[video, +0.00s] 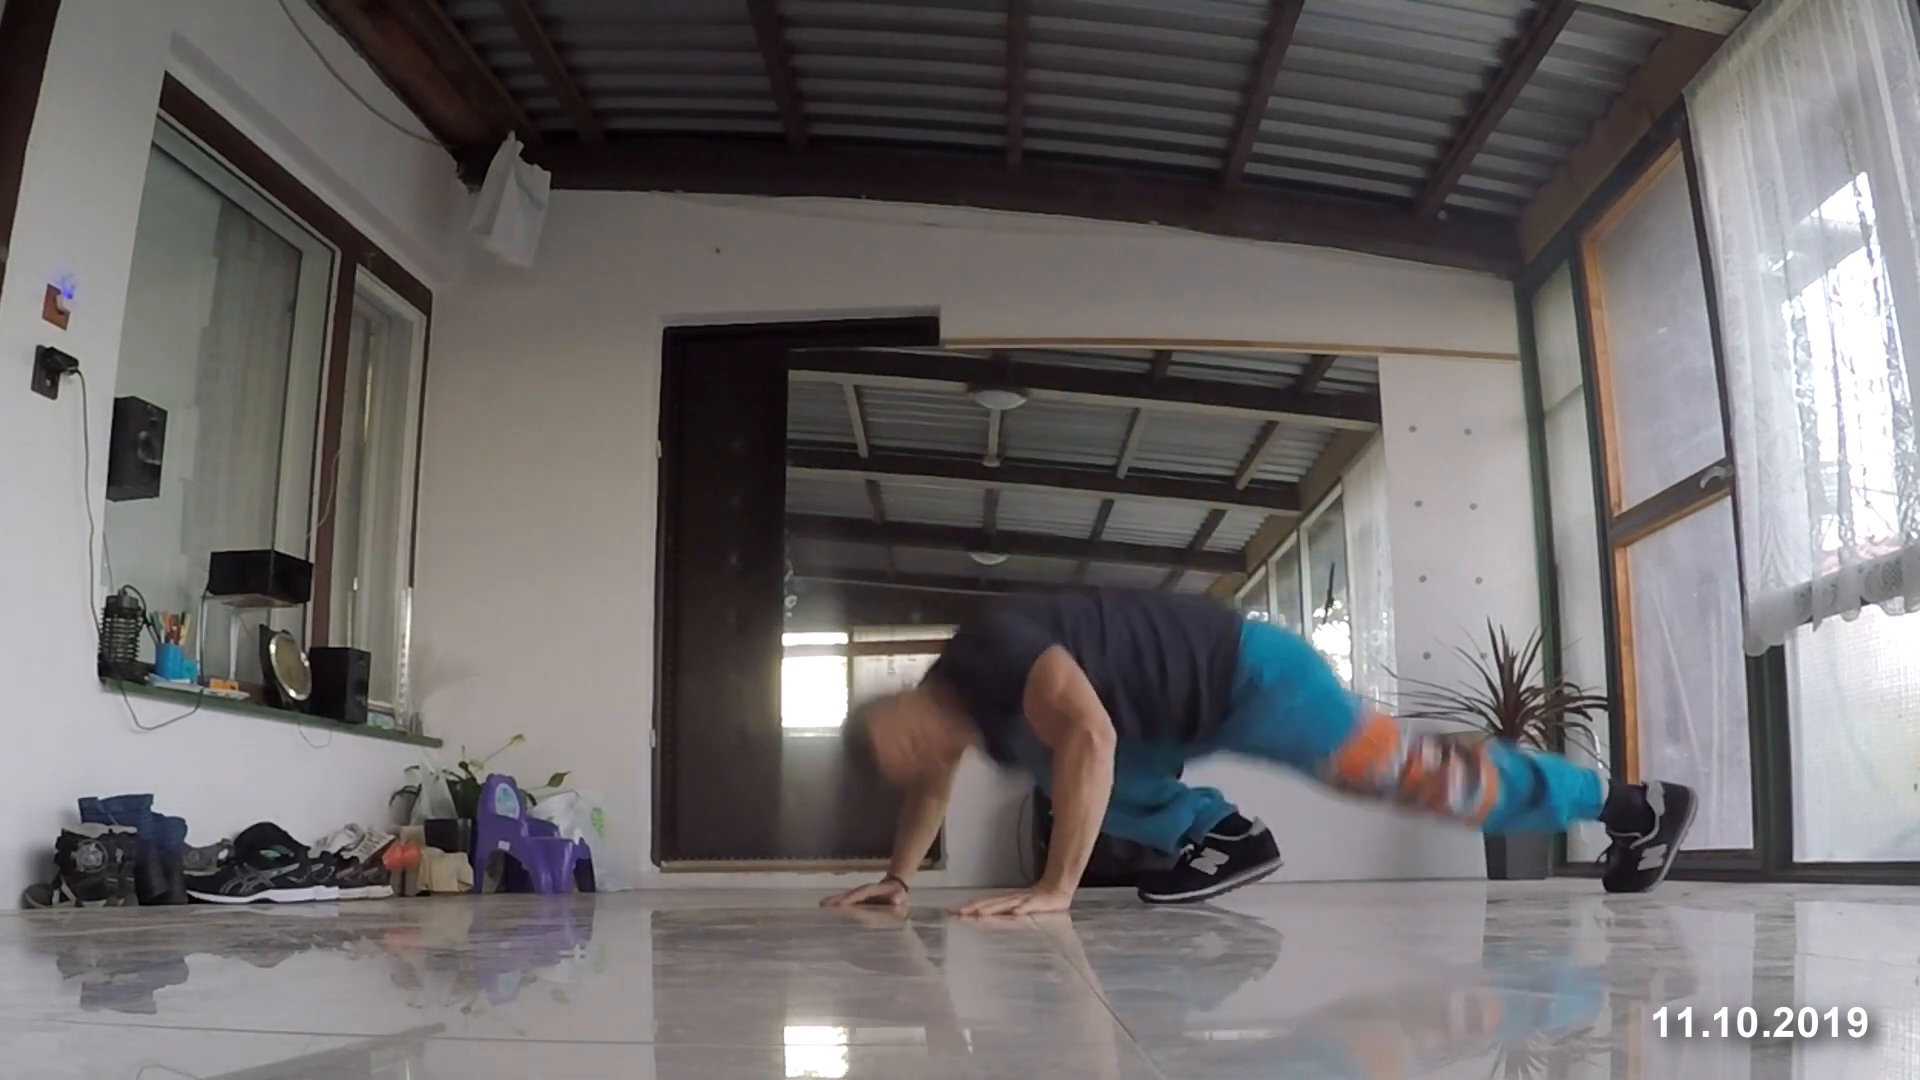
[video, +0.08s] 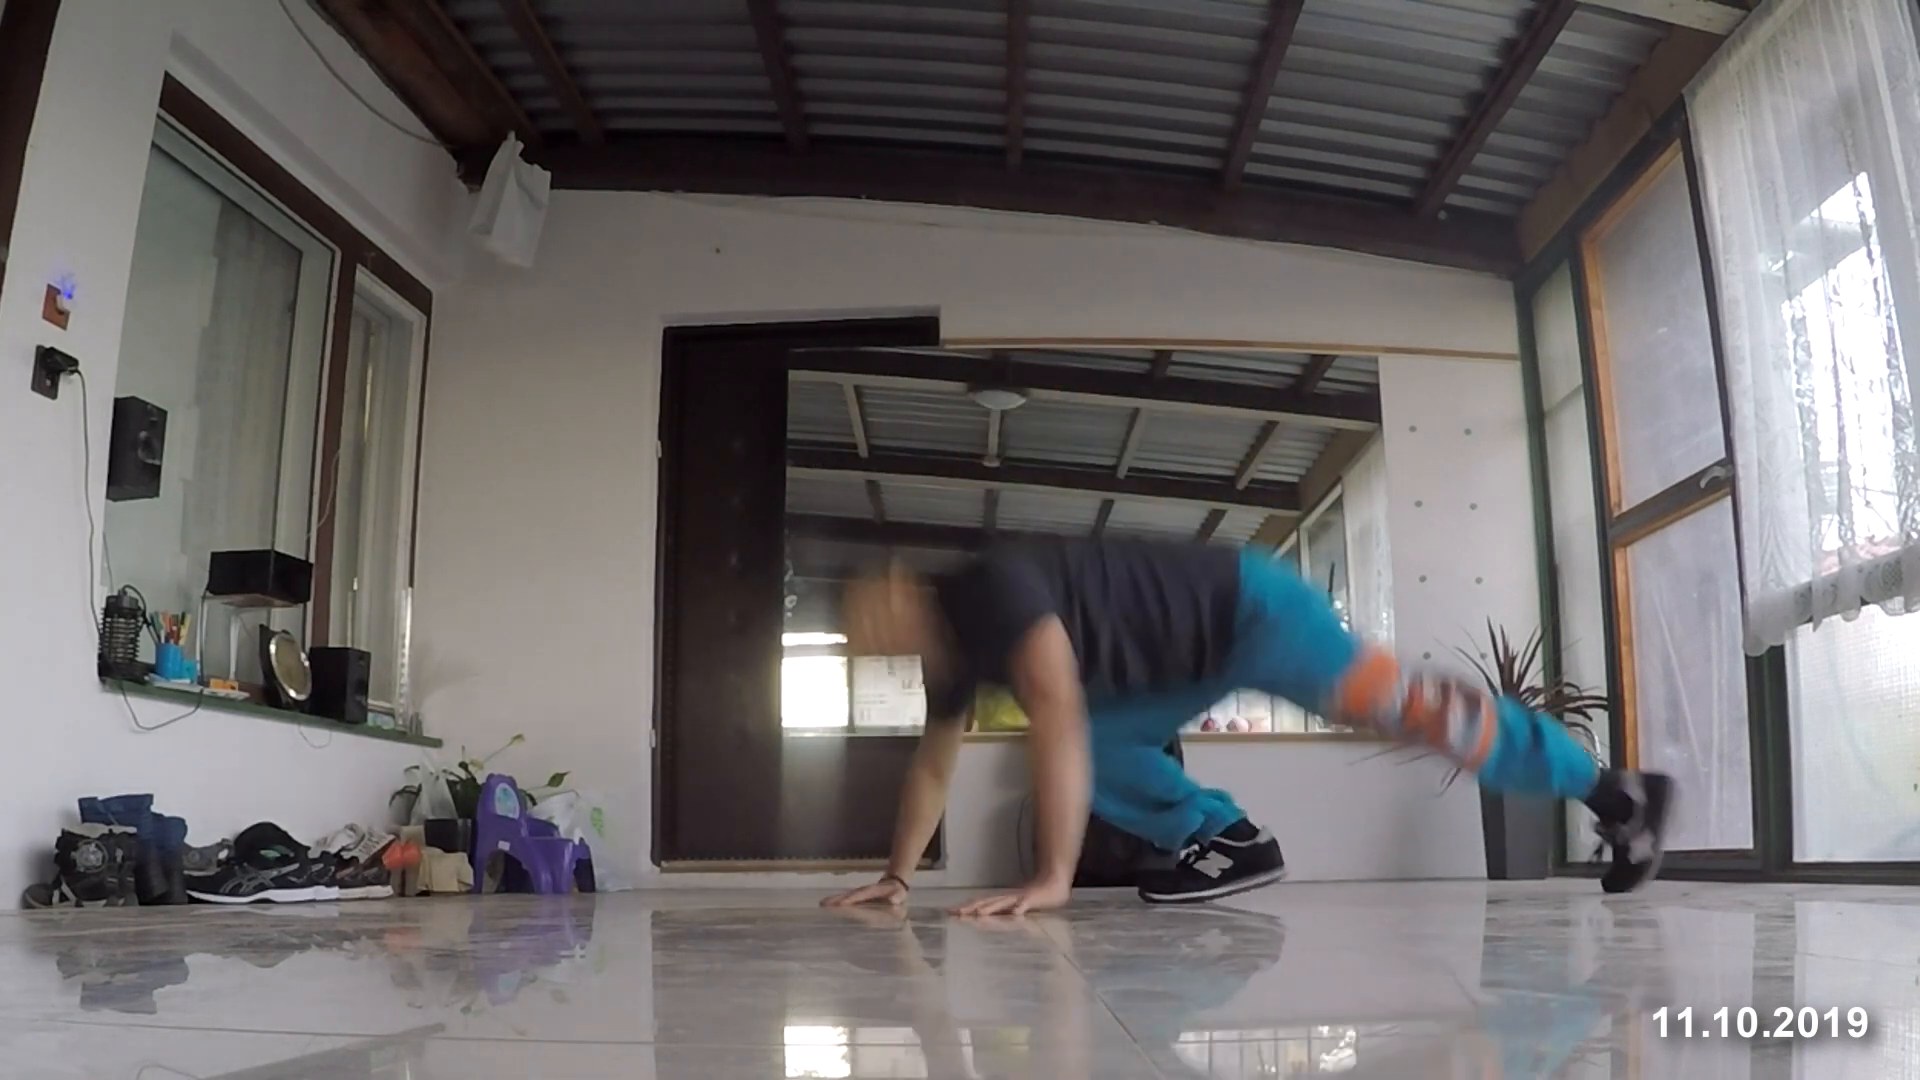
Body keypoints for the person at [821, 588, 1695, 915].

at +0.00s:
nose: (924, 768)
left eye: (911, 761)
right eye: (907, 768)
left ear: (916, 715)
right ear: (909, 718)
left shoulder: (1006, 643)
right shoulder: (951, 697)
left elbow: (1085, 736)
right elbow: (929, 786)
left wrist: (1053, 887)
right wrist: (896, 878)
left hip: (1241, 674)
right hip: (1167, 726)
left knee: (1412, 775)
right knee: (1058, 787)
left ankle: (1622, 803)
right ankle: (1214, 838)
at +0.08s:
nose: (871, 643)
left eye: (868, 621)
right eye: (862, 635)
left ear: (898, 587)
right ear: (887, 623)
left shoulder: (999, 582)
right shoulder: (957, 648)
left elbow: (1060, 716)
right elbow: (934, 760)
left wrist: (1052, 874)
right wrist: (894, 877)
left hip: (1245, 606)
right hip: (1179, 670)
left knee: (1401, 705)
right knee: (1079, 749)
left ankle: (1612, 792)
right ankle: (1223, 840)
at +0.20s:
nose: (858, 447)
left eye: (863, 426)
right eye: (846, 443)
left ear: (903, 409)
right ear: (857, 461)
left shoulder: (985, 446)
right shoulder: (933, 533)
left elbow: (1015, 590)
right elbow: (919, 672)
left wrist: (1005, 748)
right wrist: (887, 800)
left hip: (1235, 528)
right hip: (1169, 597)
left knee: (1405, 641)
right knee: (1094, 702)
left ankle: (1561, 749)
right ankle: (1232, 847)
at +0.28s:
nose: (861, 347)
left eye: (869, 324)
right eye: (849, 339)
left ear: (910, 311)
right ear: (851, 357)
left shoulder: (985, 360)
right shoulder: (916, 439)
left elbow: (1046, 488)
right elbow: (913, 574)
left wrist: (1026, 638)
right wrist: (905, 710)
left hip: (1206, 499)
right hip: (1142, 565)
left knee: (1351, 629)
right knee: (1105, 703)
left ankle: (1526, 719)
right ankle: (1231, 842)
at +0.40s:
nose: (886, 261)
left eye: (892, 238)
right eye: (869, 254)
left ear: (928, 220)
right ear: (865, 264)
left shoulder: (1012, 279)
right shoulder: (913, 348)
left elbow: (1080, 414)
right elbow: (922, 482)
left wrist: (1047, 557)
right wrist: (925, 605)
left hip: (1163, 447)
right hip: (1101, 503)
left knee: (1198, 597)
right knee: (1053, 634)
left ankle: (1307, 734)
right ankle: (1192, 805)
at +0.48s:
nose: (898, 230)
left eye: (906, 208)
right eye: (880, 221)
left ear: (942, 197)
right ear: (870, 234)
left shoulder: (1016, 257)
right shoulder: (907, 327)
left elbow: (1104, 381)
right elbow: (910, 459)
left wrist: (1041, 505)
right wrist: (907, 586)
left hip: (1136, 437)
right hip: (1063, 478)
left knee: (1124, 585)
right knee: (1006, 618)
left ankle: (1147, 818)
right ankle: (1071, 809)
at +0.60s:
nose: (915, 210)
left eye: (928, 190)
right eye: (899, 200)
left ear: (961, 190)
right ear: (887, 214)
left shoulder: (1026, 262)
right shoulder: (900, 315)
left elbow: (1121, 370)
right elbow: (882, 436)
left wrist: (1064, 467)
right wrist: (859, 557)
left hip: (1095, 477)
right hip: (1007, 503)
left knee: (1063, 639)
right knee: (909, 602)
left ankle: (1136, 848)